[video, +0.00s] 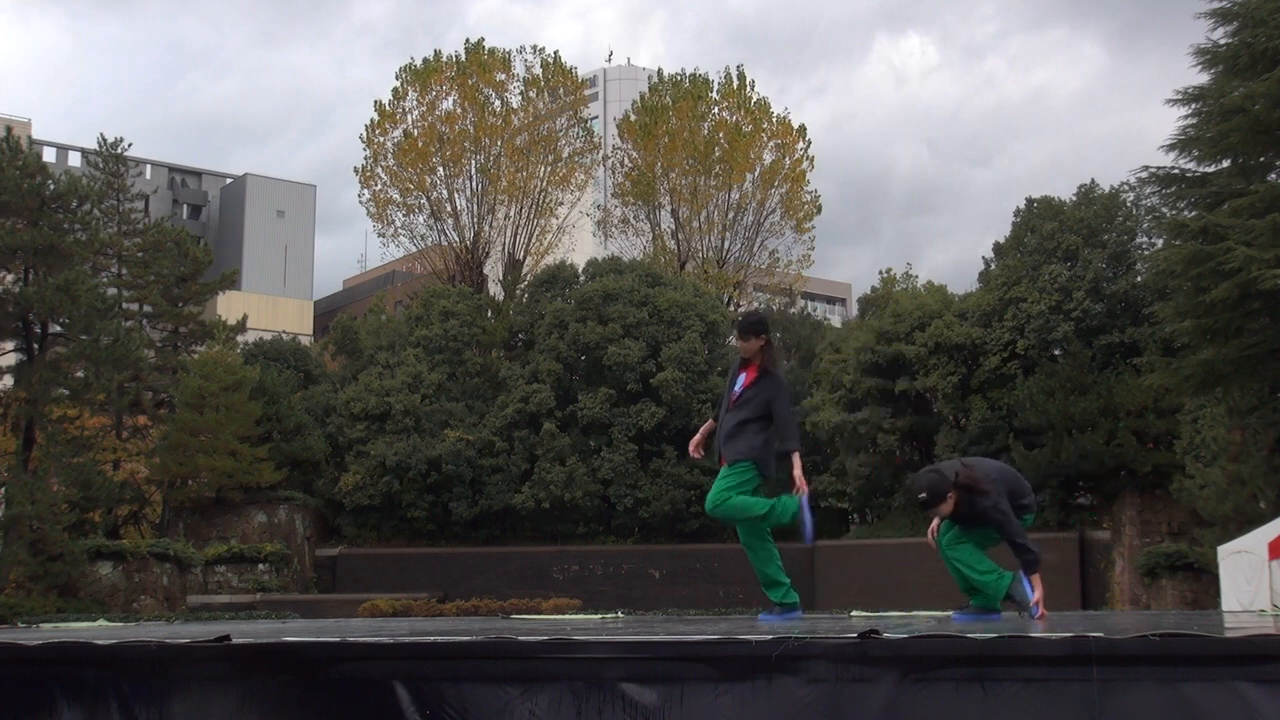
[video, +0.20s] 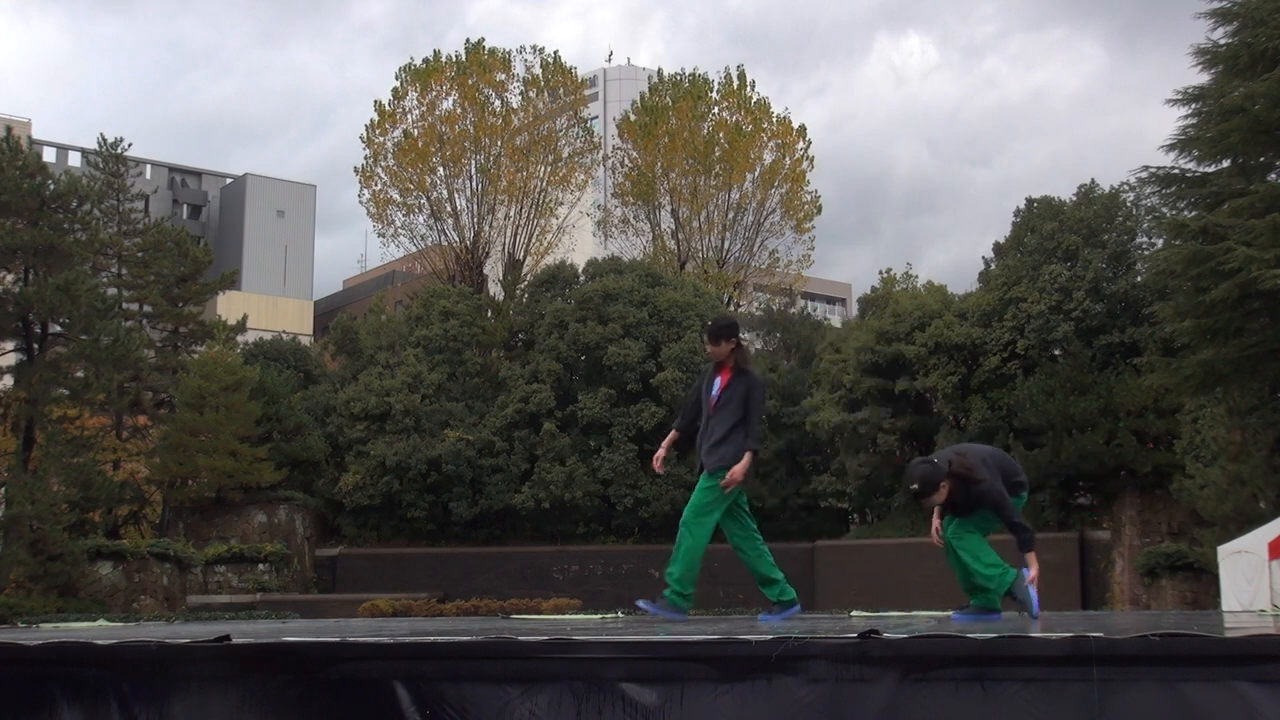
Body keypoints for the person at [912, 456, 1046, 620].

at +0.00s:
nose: (937, 515)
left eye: (938, 509)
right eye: (933, 511)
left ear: (950, 496)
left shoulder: (989, 500)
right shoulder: (940, 475)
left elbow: (1020, 542)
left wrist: (1038, 588)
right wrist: (939, 517)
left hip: (1018, 512)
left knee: (954, 543)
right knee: (944, 537)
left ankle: (1010, 584)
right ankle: (984, 603)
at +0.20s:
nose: (930, 504)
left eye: (931, 499)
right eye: (925, 502)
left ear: (943, 486)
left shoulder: (982, 482)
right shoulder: (933, 468)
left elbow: (1016, 523)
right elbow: (941, 494)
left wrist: (1033, 565)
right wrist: (936, 517)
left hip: (1010, 493)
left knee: (959, 532)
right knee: (948, 532)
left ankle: (1012, 581)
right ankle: (984, 603)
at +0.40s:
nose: (923, 466)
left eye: (923, 459)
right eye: (918, 463)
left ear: (935, 446)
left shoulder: (974, 436)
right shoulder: (925, 450)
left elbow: (1013, 470)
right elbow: (924, 490)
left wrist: (1029, 513)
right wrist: (934, 526)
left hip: (999, 466)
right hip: (965, 483)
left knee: (979, 492)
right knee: (956, 529)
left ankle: (998, 570)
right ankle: (983, 599)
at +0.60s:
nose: (913, 434)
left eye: (913, 427)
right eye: (908, 431)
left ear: (926, 412)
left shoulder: (970, 406)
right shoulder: (925, 440)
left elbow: (1022, 426)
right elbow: (926, 476)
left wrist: (1025, 459)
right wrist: (920, 515)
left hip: (1004, 462)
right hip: (967, 474)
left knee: (979, 456)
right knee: (970, 532)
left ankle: (940, 518)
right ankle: (986, 602)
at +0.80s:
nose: (902, 419)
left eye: (901, 411)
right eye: (898, 415)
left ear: (917, 398)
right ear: (915, 402)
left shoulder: (962, 402)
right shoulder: (921, 433)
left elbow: (1013, 422)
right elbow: (921, 470)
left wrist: (1005, 451)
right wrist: (918, 508)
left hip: (1004, 455)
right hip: (969, 470)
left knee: (968, 449)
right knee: (970, 530)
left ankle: (940, 517)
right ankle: (986, 602)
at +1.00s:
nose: (890, 412)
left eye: (890, 404)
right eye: (887, 408)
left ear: (908, 393)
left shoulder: (953, 398)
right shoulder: (917, 432)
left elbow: (985, 426)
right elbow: (937, 473)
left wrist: (947, 450)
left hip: (1006, 447)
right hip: (969, 466)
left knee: (969, 452)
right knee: (973, 526)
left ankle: (956, 523)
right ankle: (986, 601)